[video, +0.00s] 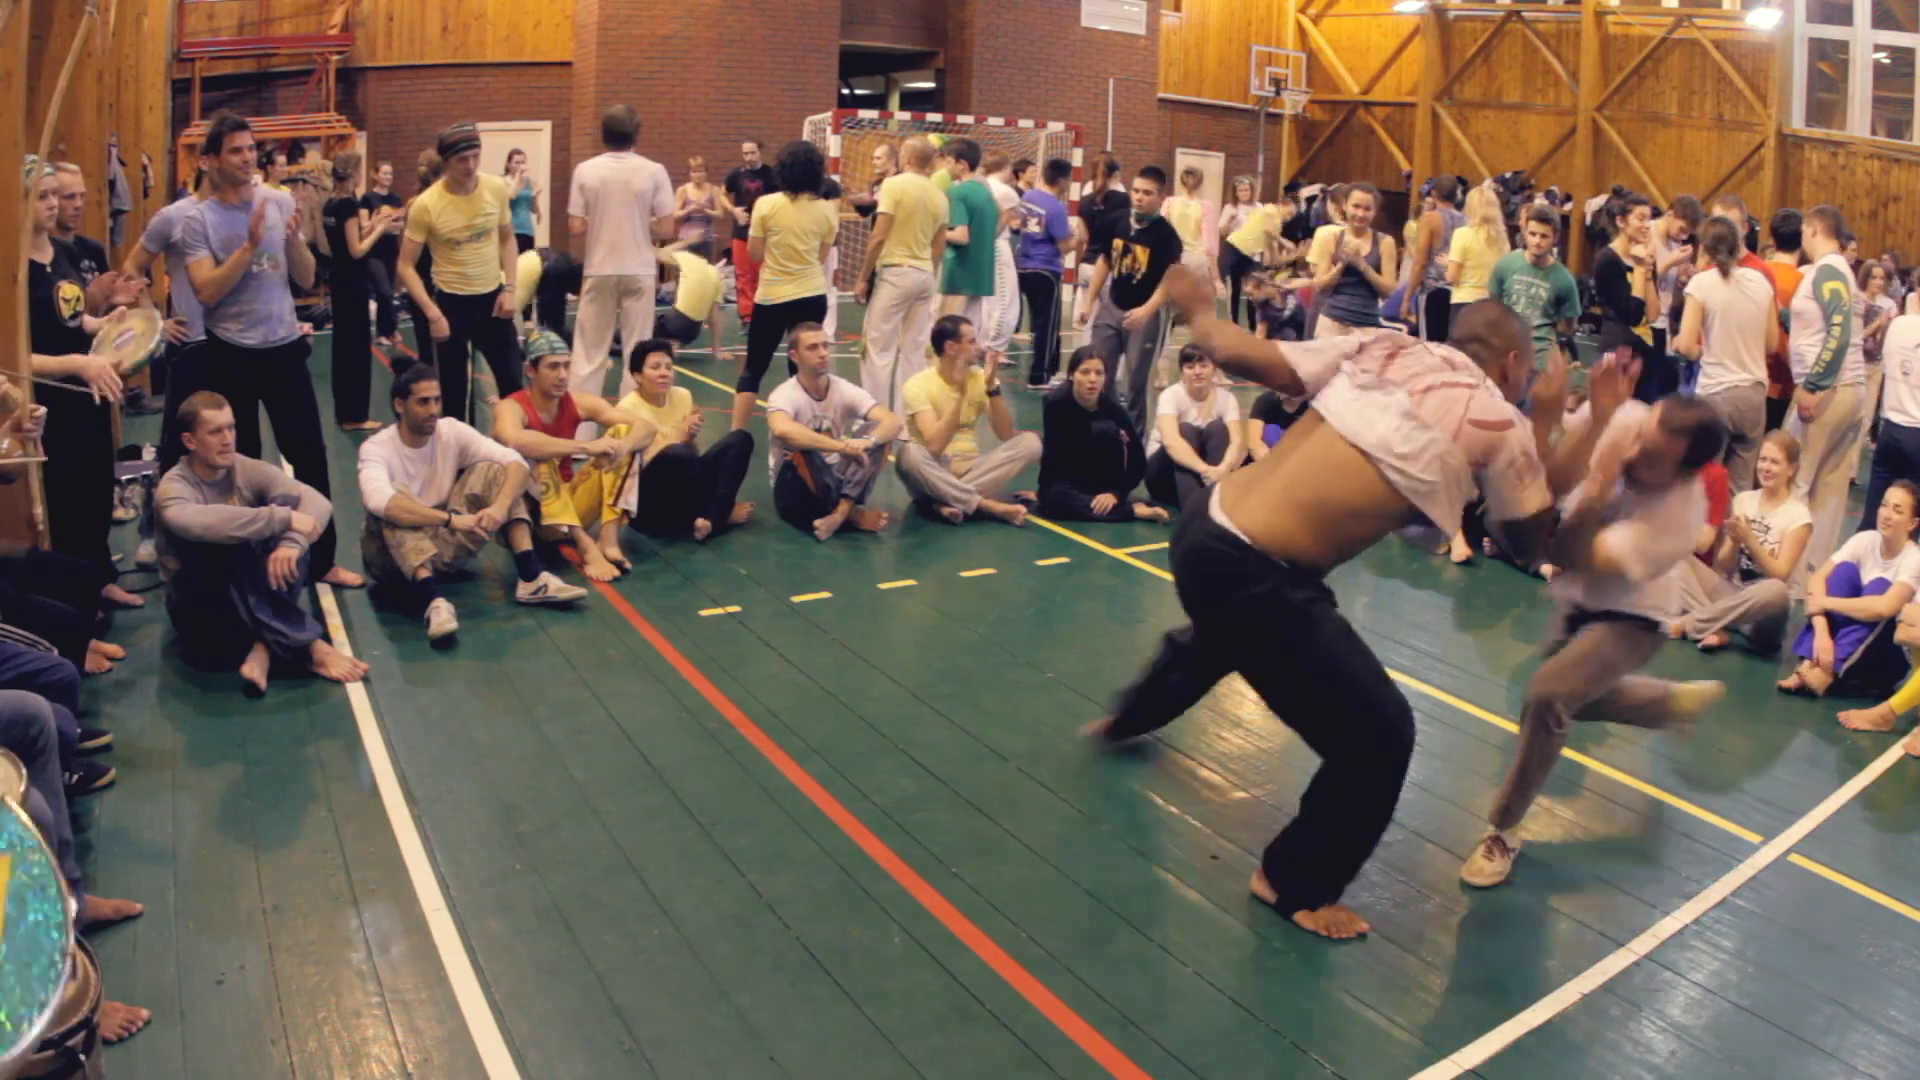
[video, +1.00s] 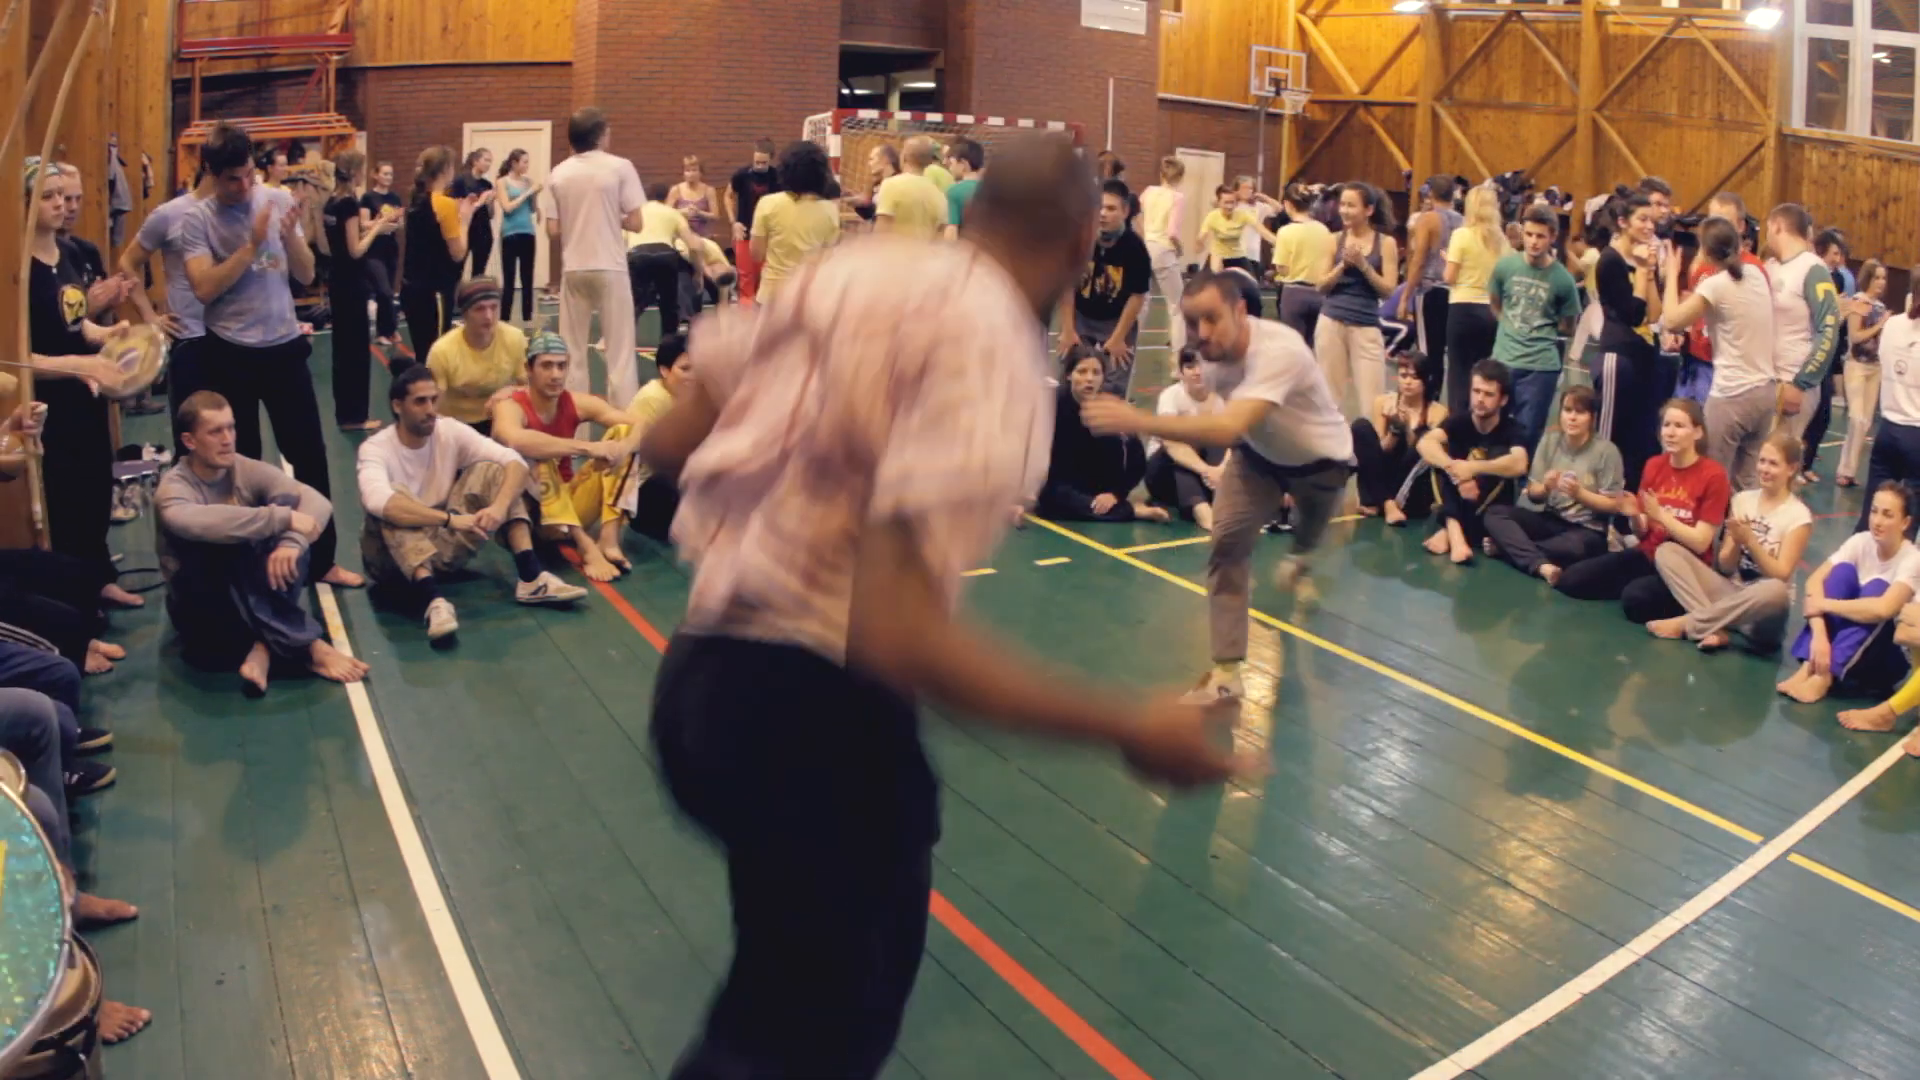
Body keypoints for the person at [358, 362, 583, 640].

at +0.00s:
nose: (433, 410)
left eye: (437, 401)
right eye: (423, 402)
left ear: (442, 400)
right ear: (399, 405)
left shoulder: (451, 430)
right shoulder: (376, 449)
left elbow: (517, 464)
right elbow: (379, 502)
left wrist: (500, 508)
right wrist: (451, 519)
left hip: (450, 548)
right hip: (398, 555)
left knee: (491, 471)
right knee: (396, 498)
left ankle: (531, 577)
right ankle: (434, 601)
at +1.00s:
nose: (431, 409)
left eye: (434, 400)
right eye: (420, 402)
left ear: (439, 399)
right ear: (397, 405)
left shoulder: (449, 430)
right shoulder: (375, 449)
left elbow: (515, 463)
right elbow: (379, 502)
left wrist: (500, 508)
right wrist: (449, 519)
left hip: (448, 548)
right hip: (398, 553)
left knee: (491, 470)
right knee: (395, 498)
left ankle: (532, 577)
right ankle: (435, 602)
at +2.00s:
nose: (432, 410)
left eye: (436, 401)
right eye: (422, 403)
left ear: (440, 400)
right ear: (398, 406)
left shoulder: (450, 431)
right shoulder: (376, 449)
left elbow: (516, 463)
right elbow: (380, 502)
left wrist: (500, 508)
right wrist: (449, 519)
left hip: (448, 547)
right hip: (397, 553)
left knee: (492, 470)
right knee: (395, 498)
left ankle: (532, 576)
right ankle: (434, 602)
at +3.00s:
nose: (434, 410)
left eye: (436, 401)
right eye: (424, 402)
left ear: (441, 400)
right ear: (398, 406)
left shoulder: (450, 430)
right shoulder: (375, 449)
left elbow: (516, 463)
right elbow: (380, 502)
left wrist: (500, 508)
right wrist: (449, 519)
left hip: (449, 546)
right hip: (398, 553)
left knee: (492, 470)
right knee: (395, 499)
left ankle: (532, 576)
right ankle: (435, 601)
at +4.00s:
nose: (434, 412)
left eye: (437, 402)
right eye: (424, 404)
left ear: (441, 401)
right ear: (399, 407)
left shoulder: (450, 430)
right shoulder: (375, 449)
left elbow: (516, 463)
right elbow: (380, 502)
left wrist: (500, 508)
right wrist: (449, 519)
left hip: (450, 545)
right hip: (399, 550)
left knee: (493, 469)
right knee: (395, 500)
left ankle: (532, 577)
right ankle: (434, 602)